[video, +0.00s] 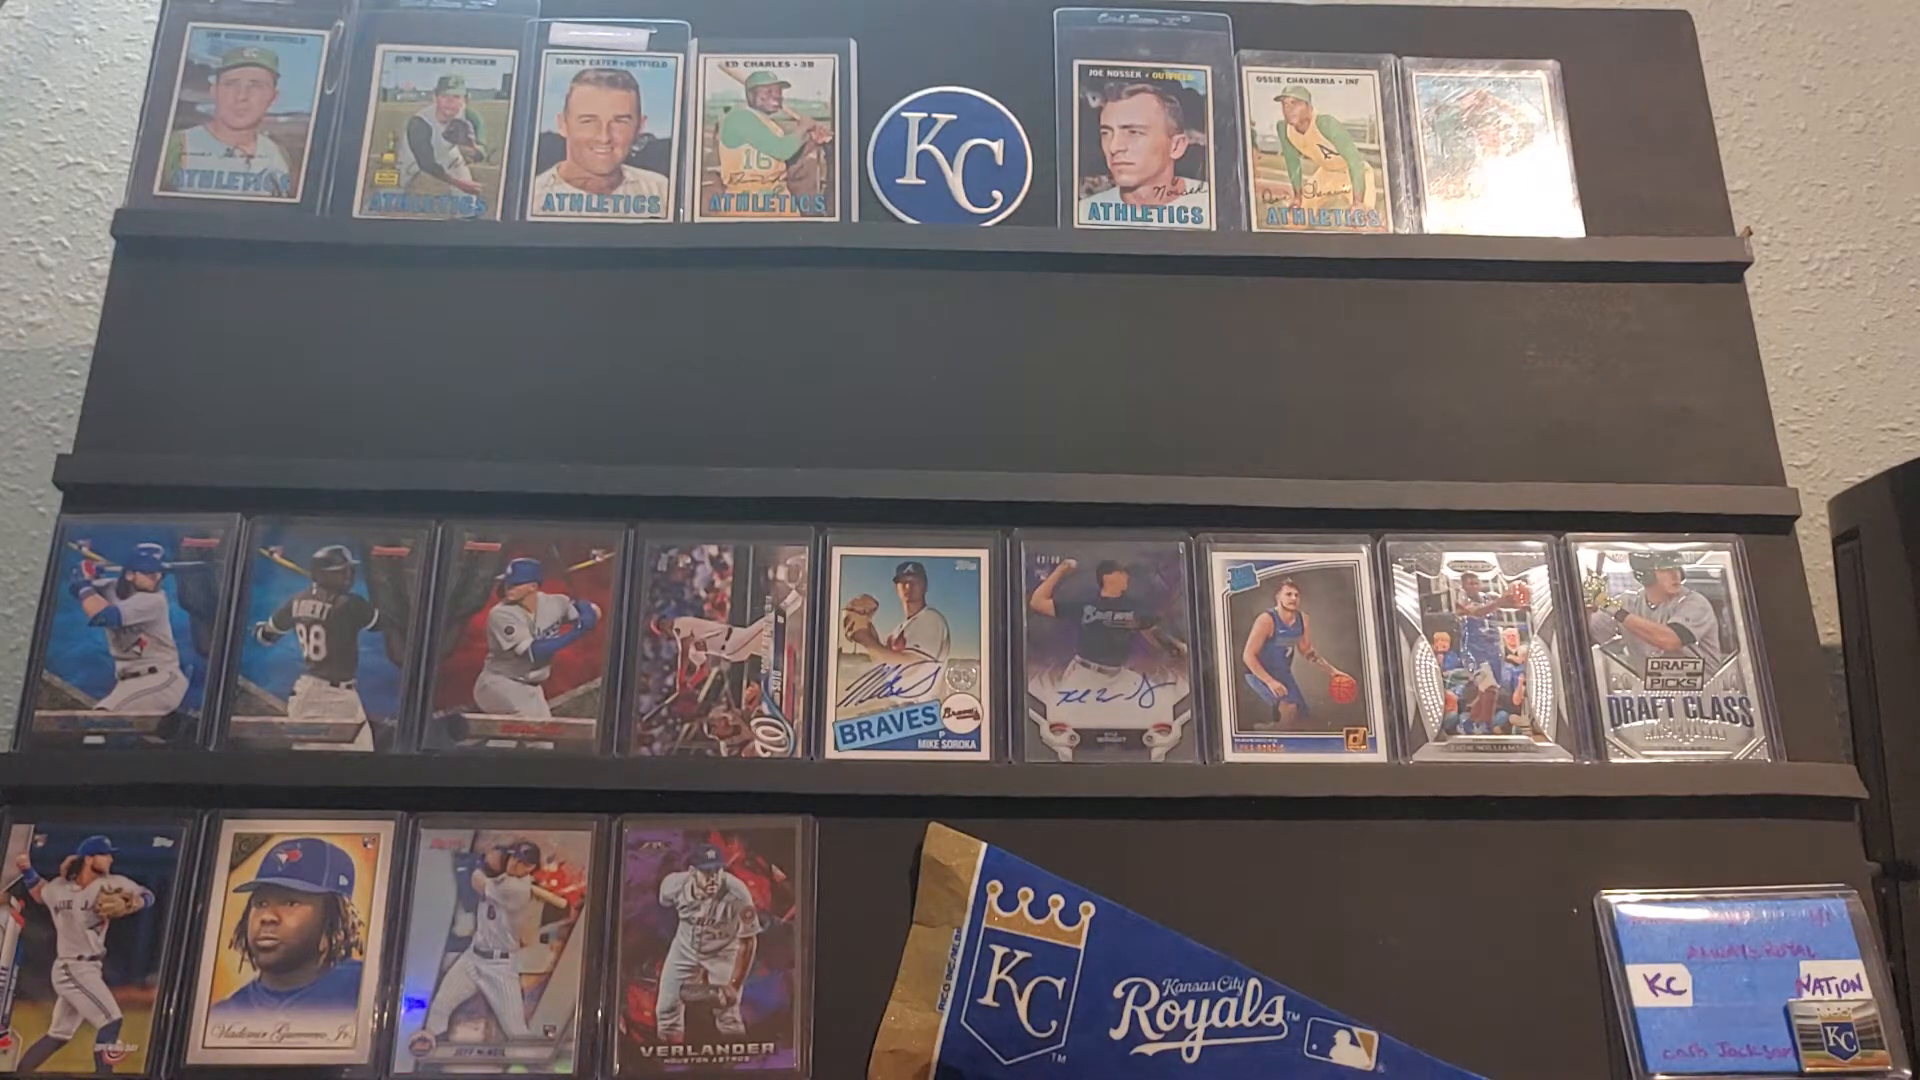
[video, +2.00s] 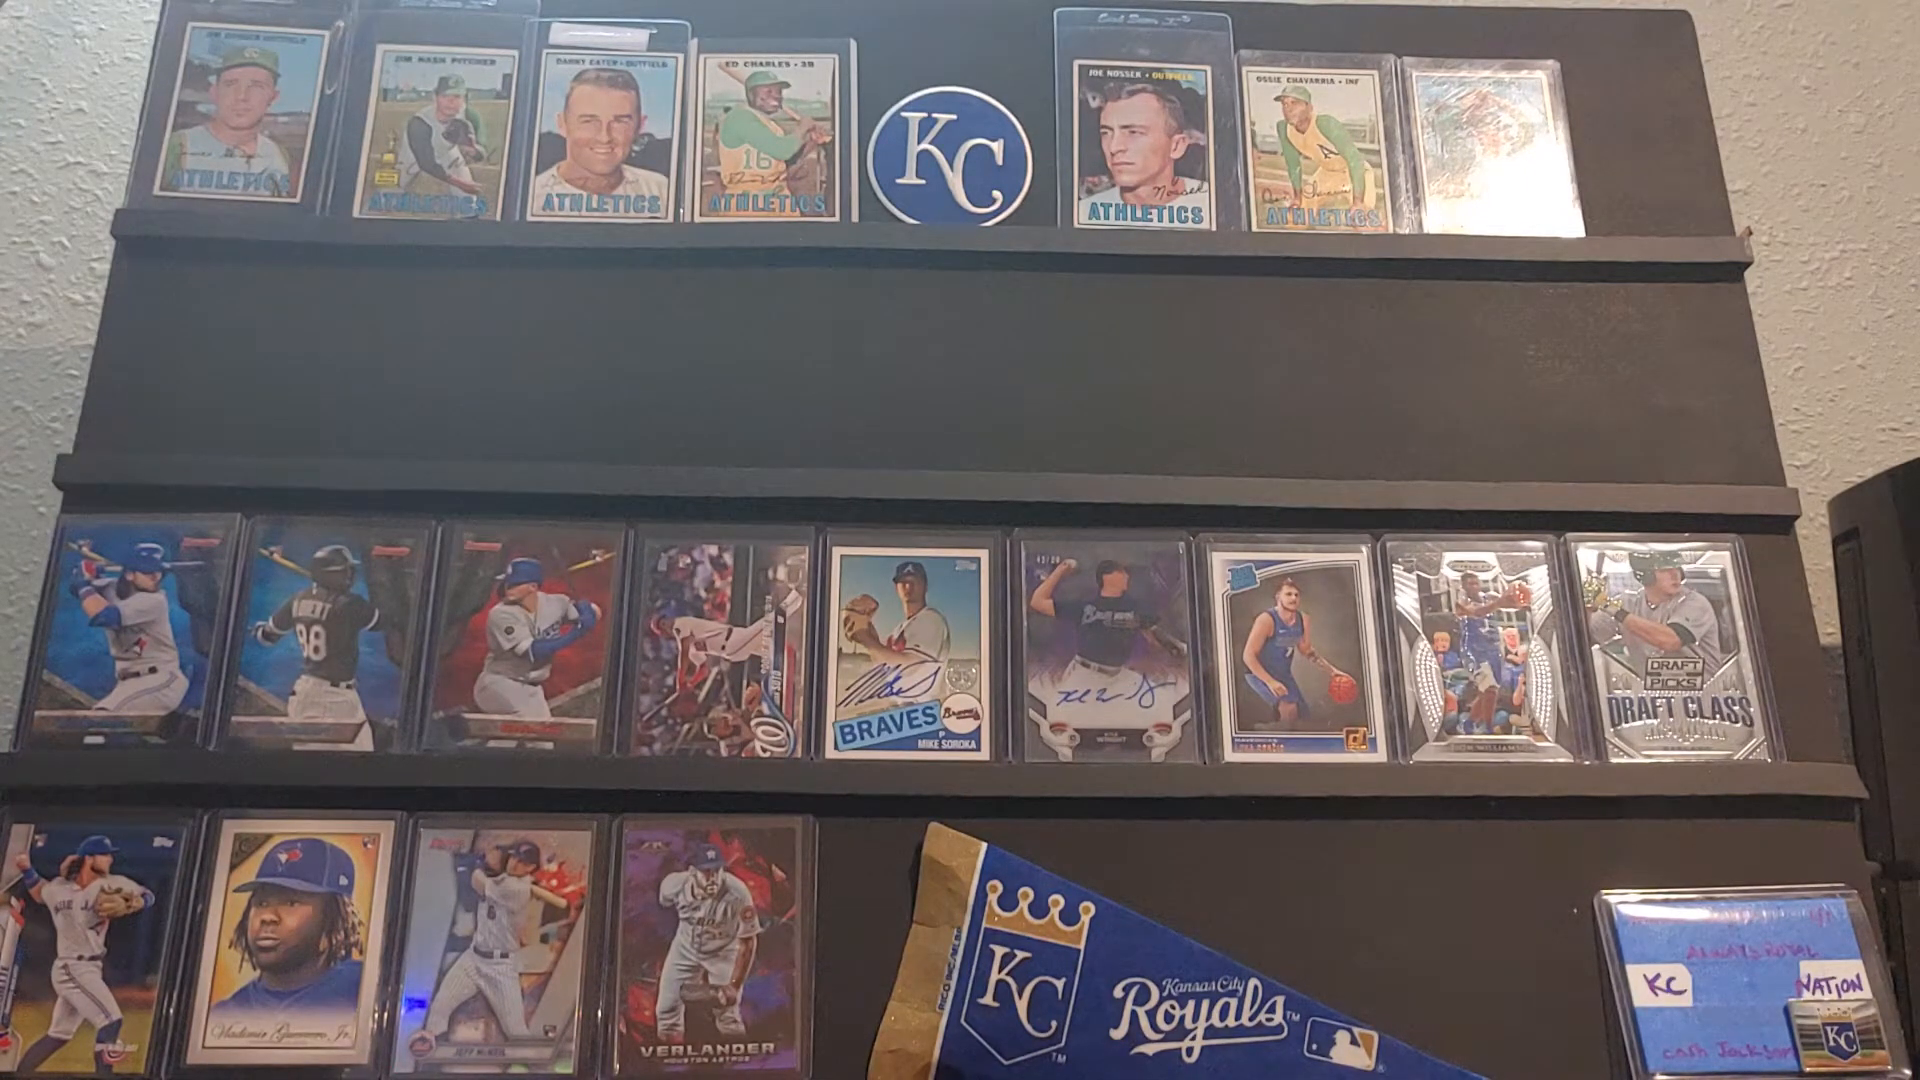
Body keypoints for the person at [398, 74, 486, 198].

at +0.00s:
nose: (450, 101)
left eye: (456, 97)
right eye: (445, 96)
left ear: (464, 100)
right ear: (436, 98)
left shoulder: (470, 117)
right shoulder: (419, 123)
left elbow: (481, 153)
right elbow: (427, 165)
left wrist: (469, 149)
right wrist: (461, 185)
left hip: (454, 164)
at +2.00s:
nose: (451, 102)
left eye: (457, 97)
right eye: (446, 96)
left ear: (464, 100)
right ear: (436, 97)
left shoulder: (468, 116)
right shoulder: (419, 123)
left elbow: (481, 153)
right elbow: (427, 165)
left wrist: (472, 152)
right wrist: (460, 184)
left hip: (453, 163)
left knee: (467, 197)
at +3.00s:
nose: (451, 101)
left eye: (456, 97)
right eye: (446, 96)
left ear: (464, 101)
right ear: (436, 98)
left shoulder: (470, 116)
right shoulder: (419, 123)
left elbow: (481, 153)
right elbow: (427, 165)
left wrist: (468, 149)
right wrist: (461, 185)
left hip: (454, 163)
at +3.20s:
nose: (451, 101)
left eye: (456, 97)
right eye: (446, 96)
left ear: (464, 101)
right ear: (436, 98)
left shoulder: (470, 116)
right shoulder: (419, 123)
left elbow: (480, 154)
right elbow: (427, 165)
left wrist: (467, 149)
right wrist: (461, 185)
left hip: (453, 162)